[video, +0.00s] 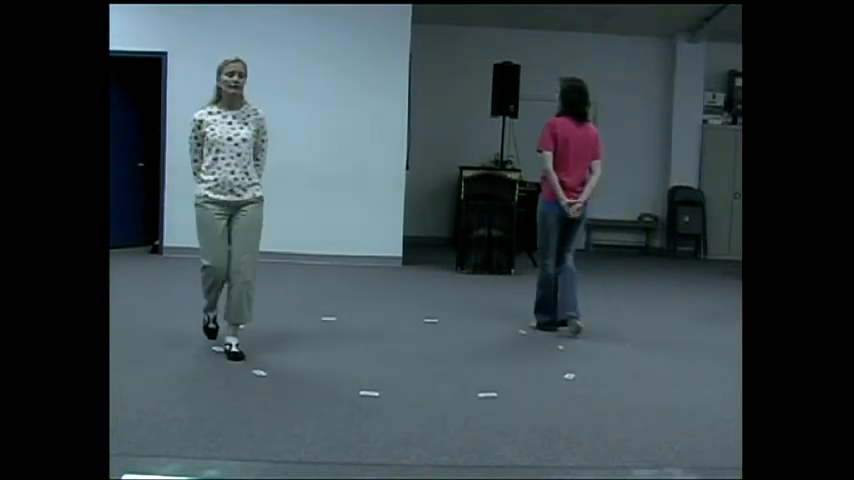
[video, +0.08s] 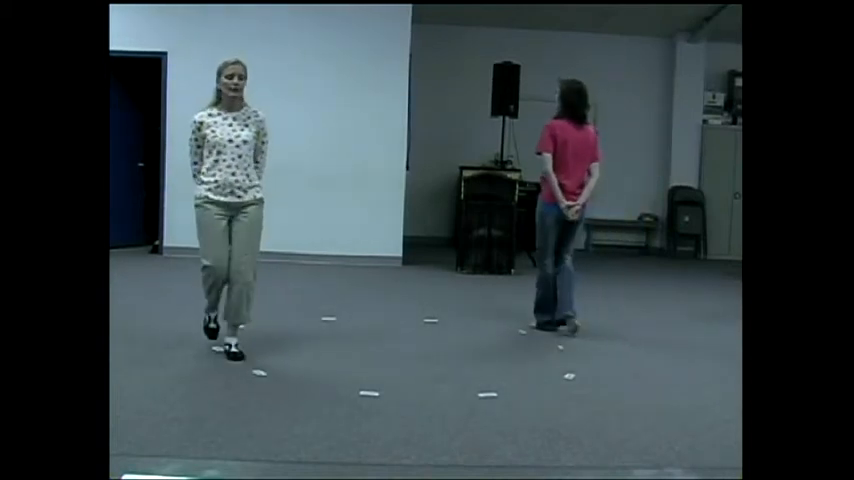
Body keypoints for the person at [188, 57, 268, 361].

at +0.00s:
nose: (235, 80)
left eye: (240, 76)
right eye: (229, 75)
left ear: (246, 82)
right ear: (219, 79)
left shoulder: (256, 118)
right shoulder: (203, 117)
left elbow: (260, 159)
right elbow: (196, 160)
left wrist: (251, 185)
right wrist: (207, 184)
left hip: (248, 199)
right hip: (211, 198)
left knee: (242, 269)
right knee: (217, 266)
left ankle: (233, 336)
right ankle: (210, 310)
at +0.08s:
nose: (235, 82)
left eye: (240, 78)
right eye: (230, 77)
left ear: (246, 83)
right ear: (219, 82)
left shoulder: (256, 120)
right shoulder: (203, 119)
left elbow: (260, 162)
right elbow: (196, 162)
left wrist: (251, 187)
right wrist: (205, 186)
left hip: (248, 200)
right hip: (212, 199)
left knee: (242, 271)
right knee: (216, 266)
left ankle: (232, 337)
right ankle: (211, 310)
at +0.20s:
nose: (235, 86)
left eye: (239, 81)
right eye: (229, 81)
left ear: (246, 86)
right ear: (218, 86)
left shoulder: (255, 125)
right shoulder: (202, 124)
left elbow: (257, 165)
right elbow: (192, 166)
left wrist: (247, 189)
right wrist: (203, 190)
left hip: (247, 204)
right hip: (210, 204)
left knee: (243, 273)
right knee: (215, 270)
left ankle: (233, 338)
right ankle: (207, 314)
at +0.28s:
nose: (234, 83)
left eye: (239, 79)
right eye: (228, 79)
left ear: (245, 84)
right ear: (217, 83)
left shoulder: (253, 123)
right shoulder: (200, 121)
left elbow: (256, 163)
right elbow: (190, 165)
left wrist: (245, 187)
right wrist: (203, 188)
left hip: (246, 203)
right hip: (210, 203)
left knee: (242, 272)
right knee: (213, 270)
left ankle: (233, 338)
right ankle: (200, 315)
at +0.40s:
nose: (231, 78)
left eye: (235, 74)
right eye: (225, 73)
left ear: (241, 80)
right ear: (213, 77)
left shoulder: (248, 117)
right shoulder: (196, 115)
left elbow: (249, 157)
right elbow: (184, 156)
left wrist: (239, 181)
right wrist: (195, 182)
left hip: (240, 199)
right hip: (203, 199)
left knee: (237, 266)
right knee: (201, 265)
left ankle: (232, 336)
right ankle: (187, 319)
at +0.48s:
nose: (229, 77)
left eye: (234, 72)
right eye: (224, 71)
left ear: (239, 79)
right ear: (211, 76)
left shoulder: (244, 116)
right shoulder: (192, 115)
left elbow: (245, 157)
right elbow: (182, 160)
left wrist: (232, 181)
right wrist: (195, 184)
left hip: (235, 199)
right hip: (200, 199)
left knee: (234, 264)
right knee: (196, 263)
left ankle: (232, 334)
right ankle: (184, 317)